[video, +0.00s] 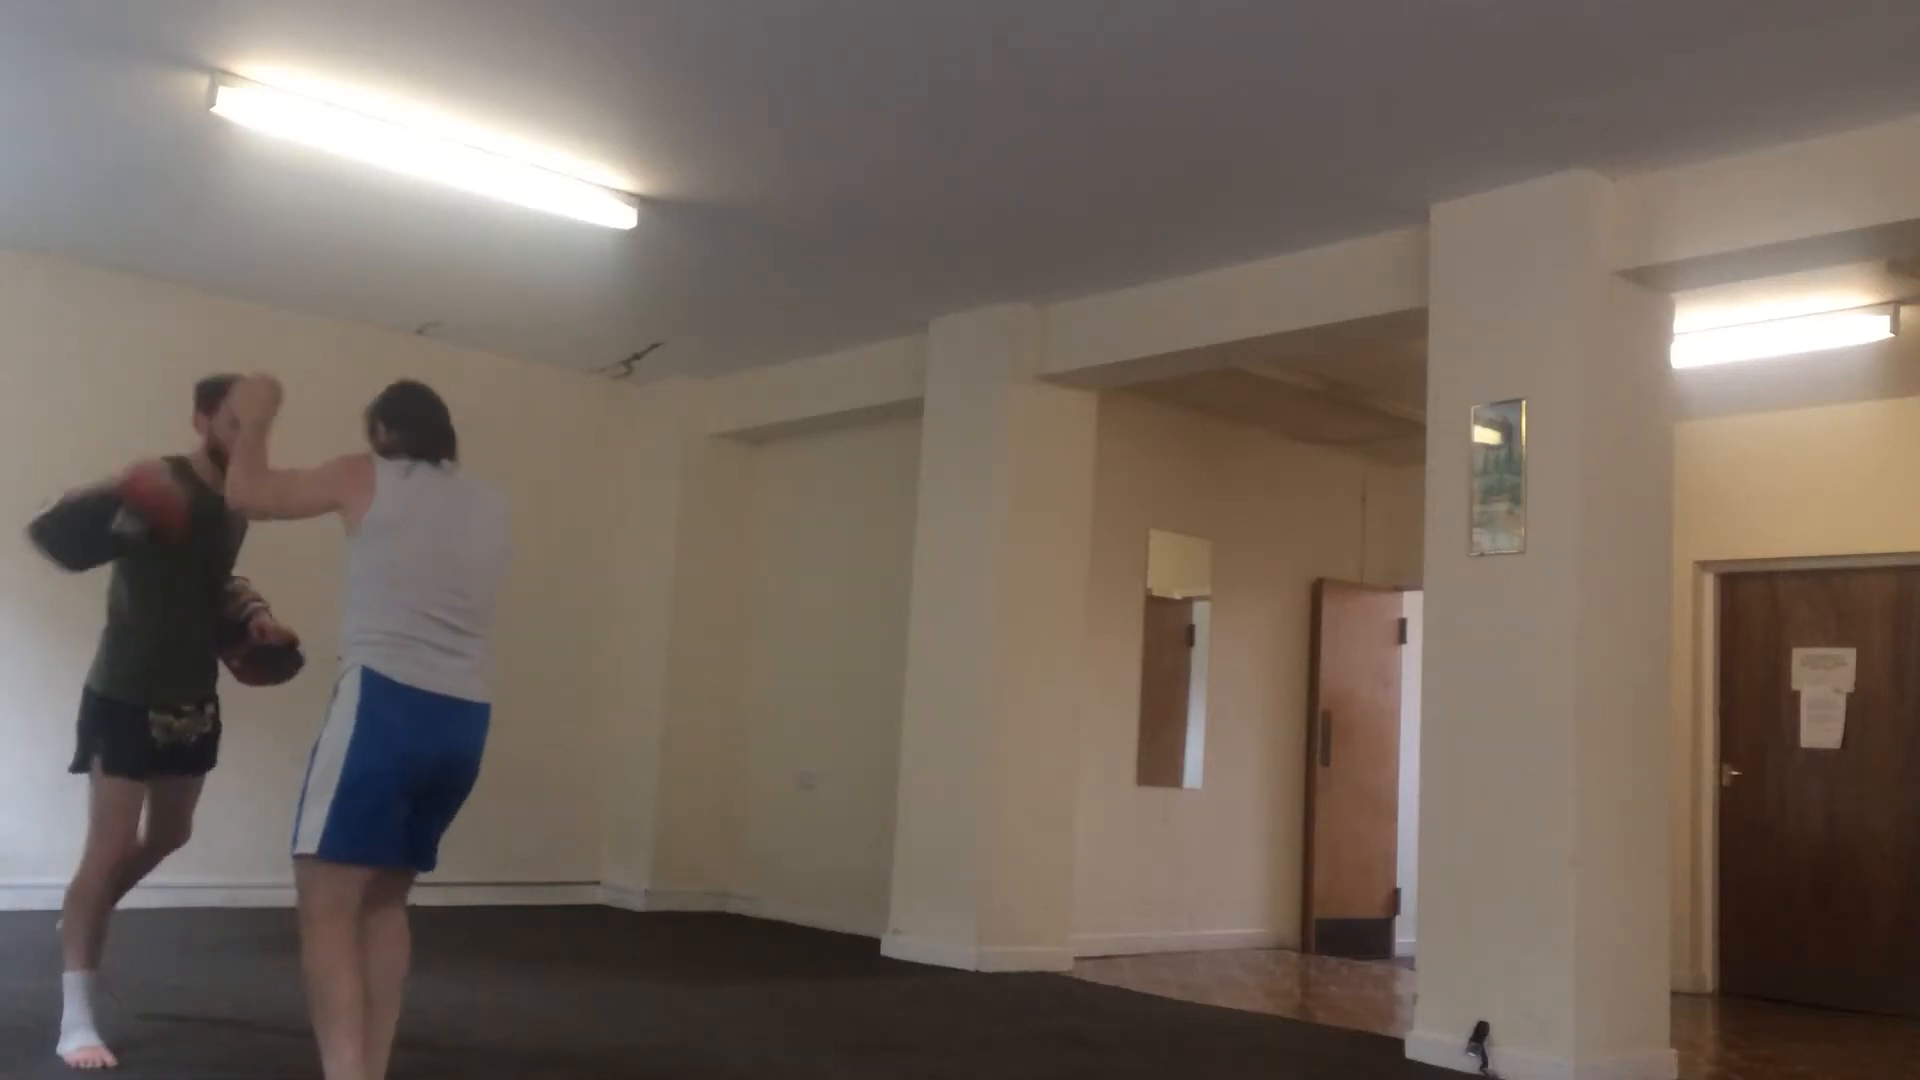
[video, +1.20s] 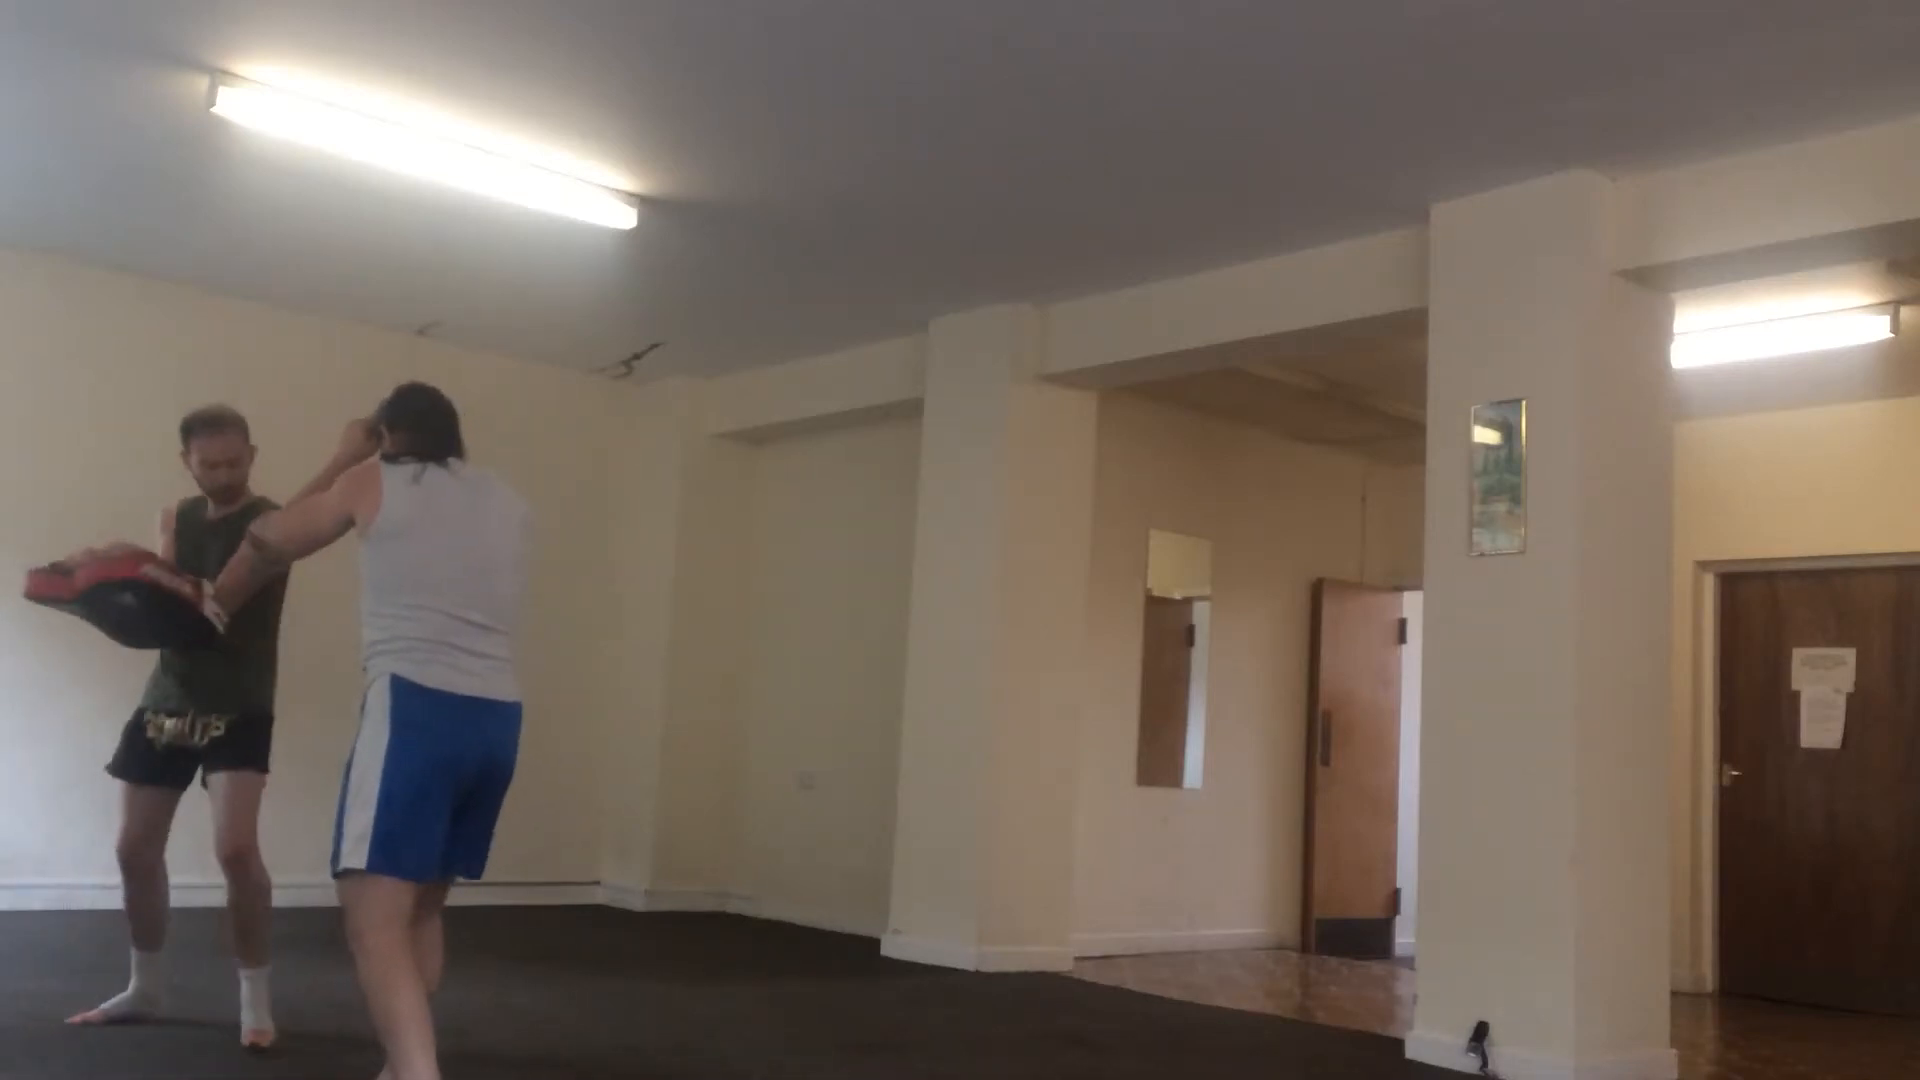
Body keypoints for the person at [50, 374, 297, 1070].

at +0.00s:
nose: (251, 438)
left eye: (258, 427)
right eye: (239, 424)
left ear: (258, 430)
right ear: (203, 421)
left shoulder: (237, 501)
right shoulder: (158, 484)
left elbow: (211, 580)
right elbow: (57, 534)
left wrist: (251, 614)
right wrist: (125, 511)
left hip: (193, 692)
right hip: (126, 690)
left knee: (170, 833)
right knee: (111, 849)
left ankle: (90, 910)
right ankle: (75, 1018)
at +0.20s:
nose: (232, 451)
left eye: (244, 441)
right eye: (224, 435)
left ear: (250, 441)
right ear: (189, 422)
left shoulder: (240, 502)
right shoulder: (133, 478)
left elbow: (279, 580)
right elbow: (62, 557)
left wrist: (320, 568)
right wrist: (112, 522)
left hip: (202, 694)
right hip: (127, 692)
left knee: (195, 849)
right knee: (106, 857)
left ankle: (126, 951)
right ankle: (75, 1017)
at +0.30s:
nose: (234, 461)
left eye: (246, 452)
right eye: (229, 446)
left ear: (249, 450)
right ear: (199, 427)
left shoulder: (241, 498)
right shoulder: (136, 478)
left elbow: (297, 562)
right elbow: (106, 547)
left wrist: (324, 500)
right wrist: (152, 471)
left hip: (208, 689)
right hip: (130, 688)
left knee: (213, 853)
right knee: (108, 855)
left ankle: (190, 976)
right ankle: (76, 1019)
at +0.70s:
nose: (267, 476)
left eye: (280, 465)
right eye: (258, 462)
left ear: (296, 461)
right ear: (233, 451)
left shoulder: (304, 521)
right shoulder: (192, 502)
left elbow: (323, 630)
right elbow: (143, 598)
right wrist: (193, 553)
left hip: (256, 709)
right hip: (176, 703)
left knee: (254, 863)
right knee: (123, 852)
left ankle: (232, 1007)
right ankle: (75, 1008)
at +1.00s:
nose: (246, 475)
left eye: (257, 463)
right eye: (234, 463)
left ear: (272, 459)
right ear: (209, 459)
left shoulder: (289, 524)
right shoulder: (184, 515)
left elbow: (275, 624)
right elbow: (165, 593)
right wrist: (132, 589)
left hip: (249, 707)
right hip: (176, 700)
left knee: (248, 867)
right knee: (127, 852)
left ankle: (233, 1006)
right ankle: (140, 986)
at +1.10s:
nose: (229, 478)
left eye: (239, 465)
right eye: (216, 467)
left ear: (257, 458)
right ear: (193, 463)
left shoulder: (278, 526)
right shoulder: (175, 521)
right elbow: (169, 605)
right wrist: (117, 589)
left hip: (242, 711)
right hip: (168, 704)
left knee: (245, 858)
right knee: (133, 850)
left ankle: (245, 992)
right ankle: (143, 988)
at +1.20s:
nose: (220, 476)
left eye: (230, 463)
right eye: (208, 466)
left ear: (251, 457)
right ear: (189, 464)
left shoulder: (272, 523)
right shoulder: (180, 519)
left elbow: (226, 603)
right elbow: (164, 594)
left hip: (239, 707)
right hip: (167, 703)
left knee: (237, 852)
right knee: (137, 849)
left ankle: (256, 1003)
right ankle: (145, 988)